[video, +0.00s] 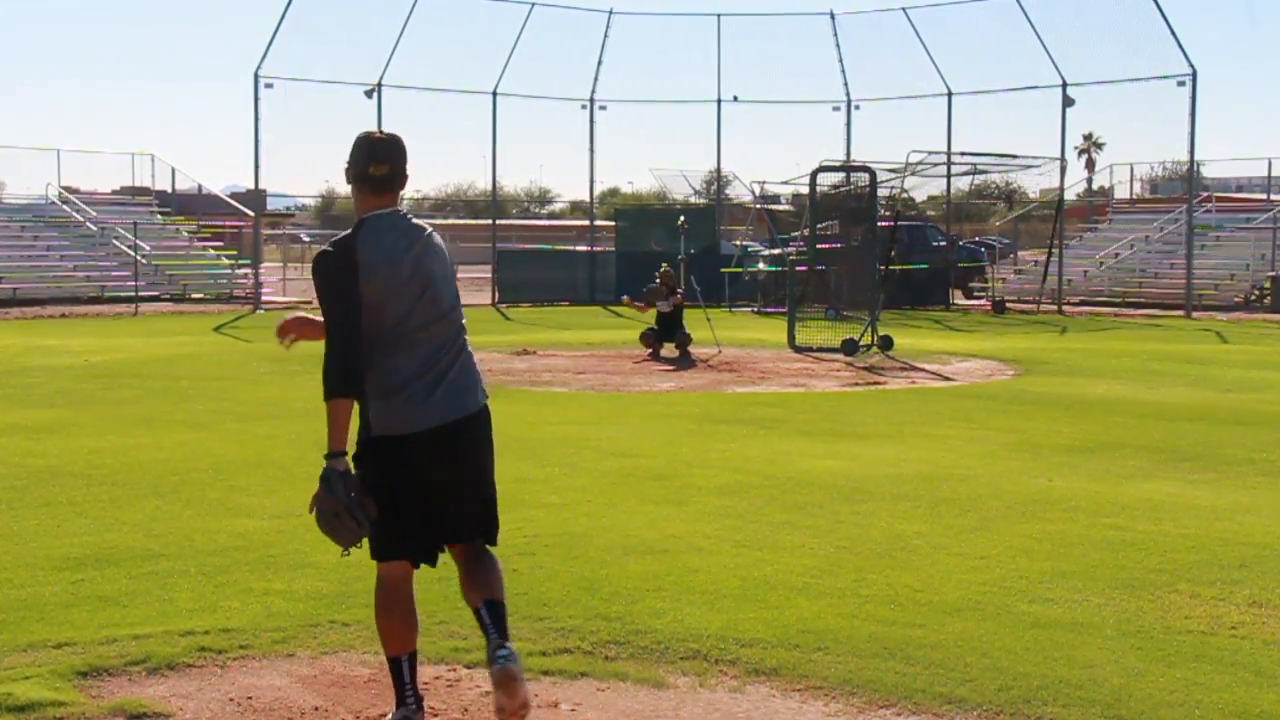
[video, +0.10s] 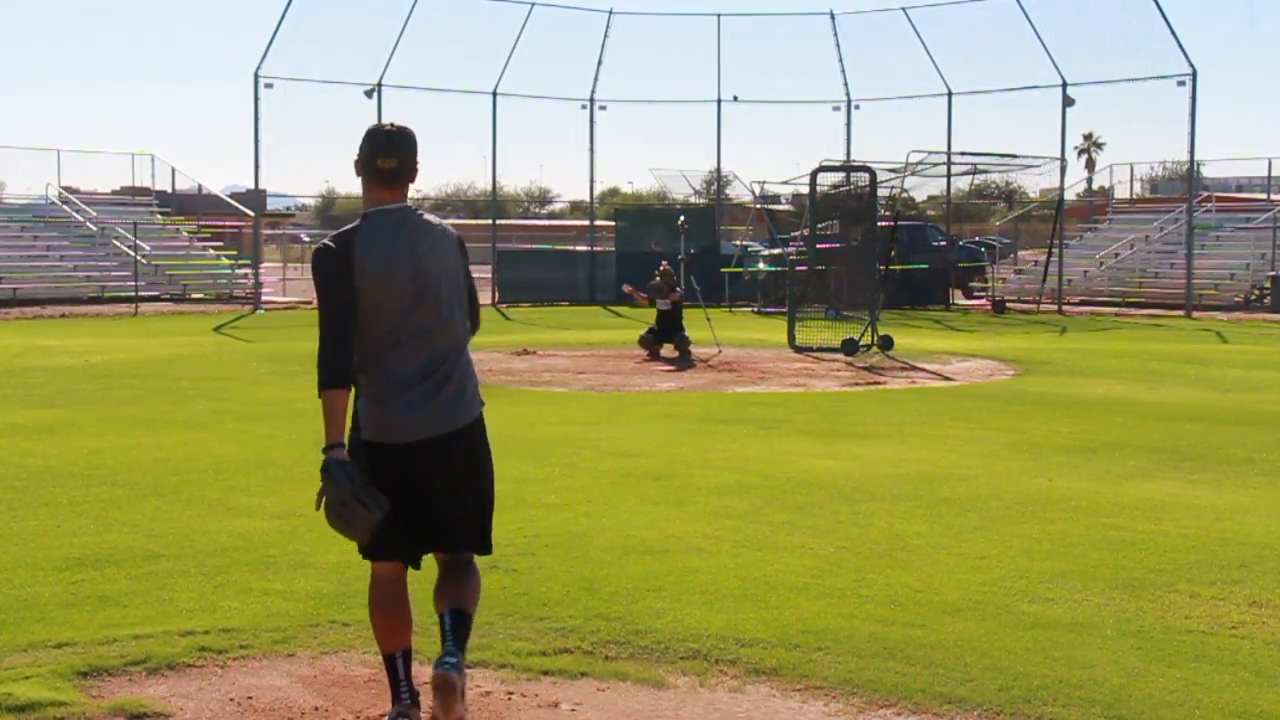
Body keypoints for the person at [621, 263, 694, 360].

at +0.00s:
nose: (666, 280)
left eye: (669, 277)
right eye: (663, 277)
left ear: (673, 278)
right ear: (659, 278)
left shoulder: (678, 292)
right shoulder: (657, 294)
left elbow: (678, 300)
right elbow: (644, 308)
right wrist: (631, 303)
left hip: (676, 330)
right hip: (661, 330)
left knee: (684, 337)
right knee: (646, 336)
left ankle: (683, 350)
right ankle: (656, 348)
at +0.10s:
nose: (665, 279)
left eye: (668, 276)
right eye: (662, 276)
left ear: (672, 277)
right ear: (659, 277)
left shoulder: (677, 291)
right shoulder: (656, 291)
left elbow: (678, 296)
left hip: (676, 329)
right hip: (660, 329)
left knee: (682, 341)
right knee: (645, 340)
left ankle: (684, 352)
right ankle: (654, 350)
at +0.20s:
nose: (662, 278)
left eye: (665, 275)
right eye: (660, 275)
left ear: (671, 276)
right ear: (658, 275)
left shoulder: (674, 288)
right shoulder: (659, 288)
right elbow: (651, 290)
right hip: (660, 329)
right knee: (644, 343)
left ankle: (685, 354)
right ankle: (654, 350)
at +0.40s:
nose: (660, 275)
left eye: (663, 272)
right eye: (660, 272)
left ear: (670, 274)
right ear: (659, 274)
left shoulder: (675, 289)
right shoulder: (660, 286)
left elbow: (676, 297)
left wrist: (677, 299)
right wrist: (654, 273)